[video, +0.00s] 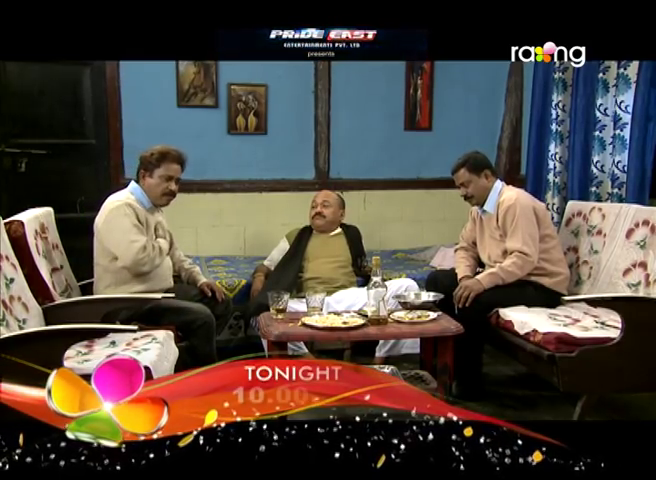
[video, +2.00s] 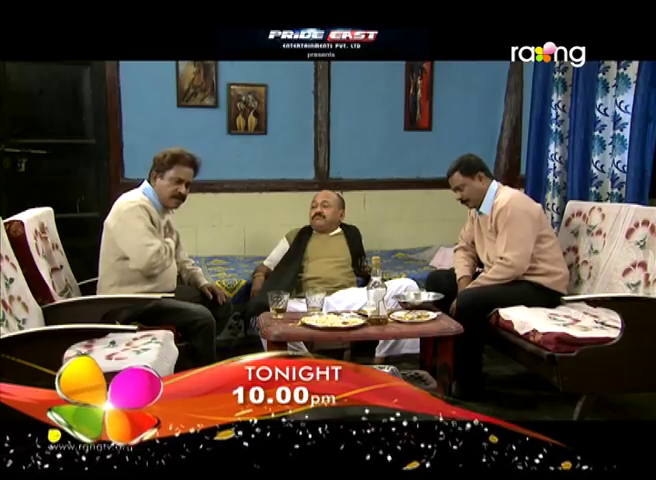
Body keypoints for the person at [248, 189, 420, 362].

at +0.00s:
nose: (317, 210)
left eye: (326, 206)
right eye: (314, 206)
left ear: (341, 213)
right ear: (309, 211)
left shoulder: (351, 233)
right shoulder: (297, 236)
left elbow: (362, 268)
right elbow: (266, 267)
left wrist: (377, 280)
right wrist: (258, 286)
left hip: (351, 297)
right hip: (311, 300)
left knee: (406, 286)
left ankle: (381, 362)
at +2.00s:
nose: (317, 211)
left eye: (325, 206)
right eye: (314, 206)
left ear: (340, 213)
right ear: (309, 211)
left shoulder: (351, 233)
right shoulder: (297, 236)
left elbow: (361, 269)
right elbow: (264, 269)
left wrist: (379, 281)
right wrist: (256, 302)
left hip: (350, 298)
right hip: (309, 300)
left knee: (406, 286)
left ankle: (382, 362)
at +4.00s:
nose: (316, 211)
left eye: (324, 207)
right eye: (313, 207)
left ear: (340, 214)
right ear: (308, 212)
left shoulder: (351, 233)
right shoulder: (297, 236)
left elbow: (361, 269)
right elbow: (265, 268)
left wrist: (379, 281)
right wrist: (255, 301)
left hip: (350, 297)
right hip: (309, 300)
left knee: (406, 286)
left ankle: (382, 362)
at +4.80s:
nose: (336, 213)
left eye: (337, 207)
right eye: (329, 209)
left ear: (340, 208)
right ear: (309, 214)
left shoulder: (347, 234)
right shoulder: (293, 237)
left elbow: (359, 267)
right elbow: (266, 267)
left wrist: (378, 276)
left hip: (351, 297)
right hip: (311, 299)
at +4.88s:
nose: (336, 213)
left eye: (337, 207)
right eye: (329, 209)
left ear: (340, 208)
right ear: (309, 214)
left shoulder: (346, 234)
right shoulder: (293, 237)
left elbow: (358, 267)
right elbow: (266, 266)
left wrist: (380, 272)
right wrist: (254, 278)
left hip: (350, 298)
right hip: (310, 300)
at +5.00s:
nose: (336, 212)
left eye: (337, 207)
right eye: (328, 208)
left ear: (339, 208)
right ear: (308, 214)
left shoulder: (346, 233)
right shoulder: (293, 236)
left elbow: (359, 267)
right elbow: (267, 267)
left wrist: (390, 270)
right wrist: (249, 277)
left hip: (350, 299)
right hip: (311, 300)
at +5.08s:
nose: (336, 212)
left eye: (337, 207)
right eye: (329, 208)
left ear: (339, 208)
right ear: (308, 213)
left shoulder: (345, 233)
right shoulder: (292, 236)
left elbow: (360, 267)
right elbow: (267, 267)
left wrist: (395, 270)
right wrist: (242, 274)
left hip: (351, 298)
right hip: (310, 300)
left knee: (406, 286)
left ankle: (379, 365)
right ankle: (312, 366)